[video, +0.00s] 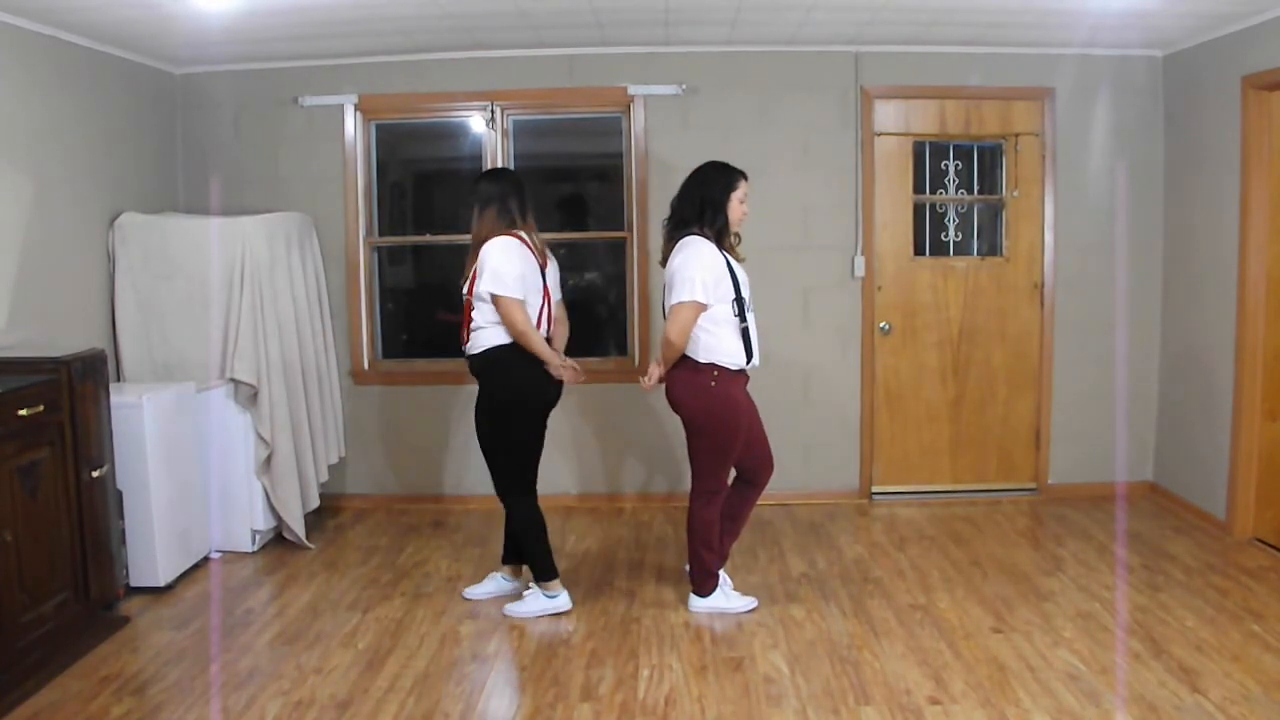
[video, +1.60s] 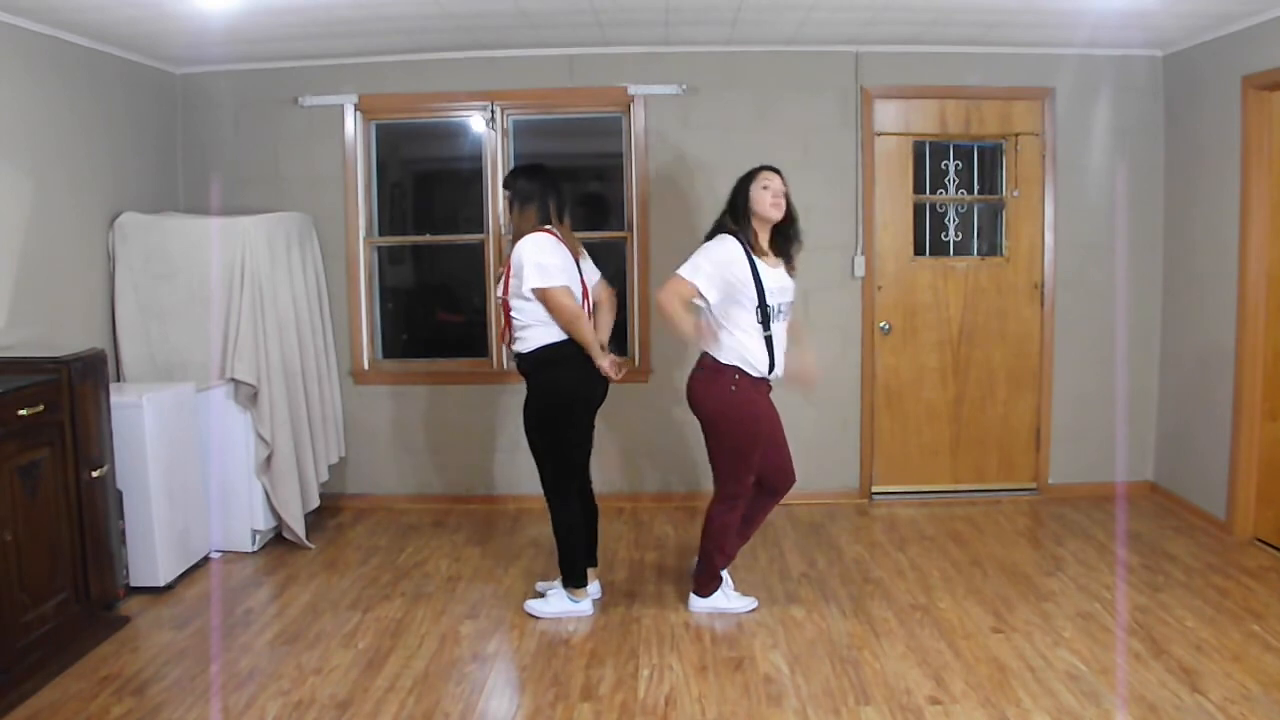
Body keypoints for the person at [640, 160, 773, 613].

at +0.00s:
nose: (746, 209)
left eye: (746, 200)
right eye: (741, 200)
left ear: (716, 202)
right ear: (716, 201)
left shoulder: (714, 250)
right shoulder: (696, 251)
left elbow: (684, 323)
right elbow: (677, 334)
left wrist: (662, 363)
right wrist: (661, 365)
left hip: (725, 379)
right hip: (705, 381)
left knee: (757, 469)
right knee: (709, 485)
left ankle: (710, 565)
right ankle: (705, 589)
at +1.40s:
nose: (769, 203)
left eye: (768, 195)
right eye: (763, 195)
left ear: (744, 201)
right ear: (738, 200)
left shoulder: (745, 252)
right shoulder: (716, 249)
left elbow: (721, 317)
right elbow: (669, 316)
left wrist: (688, 359)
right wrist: (679, 361)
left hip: (742, 383)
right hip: (719, 383)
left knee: (772, 473)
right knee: (716, 490)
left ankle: (715, 562)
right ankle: (705, 589)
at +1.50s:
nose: (773, 197)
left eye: (774, 191)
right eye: (763, 190)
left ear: (773, 202)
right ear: (738, 198)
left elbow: (746, 318)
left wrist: (755, 373)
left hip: (747, 384)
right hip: (722, 383)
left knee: (774, 475)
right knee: (721, 489)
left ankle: (715, 563)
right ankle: (705, 589)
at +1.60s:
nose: (776, 197)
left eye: (781, 192)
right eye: (765, 189)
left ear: (786, 206)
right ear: (743, 198)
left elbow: (777, 322)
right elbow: (669, 296)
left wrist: (794, 361)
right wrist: (694, 332)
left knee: (778, 477)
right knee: (734, 487)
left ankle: (716, 561)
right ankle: (706, 588)